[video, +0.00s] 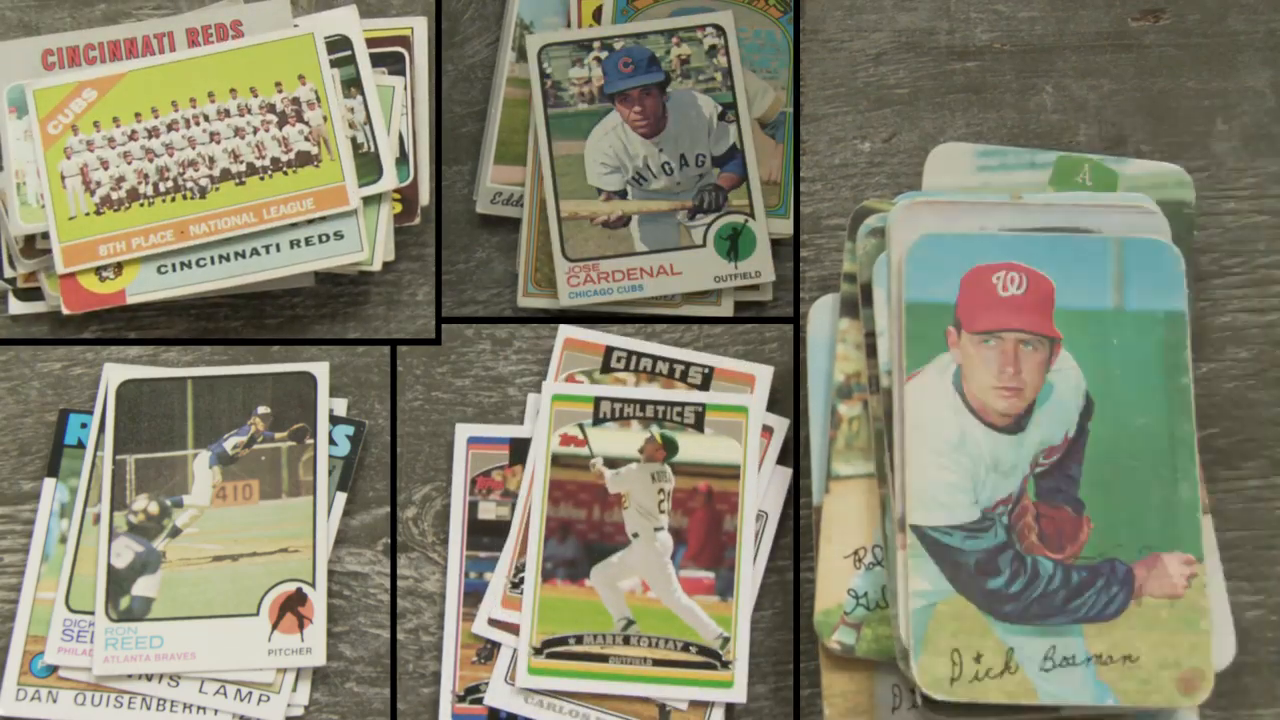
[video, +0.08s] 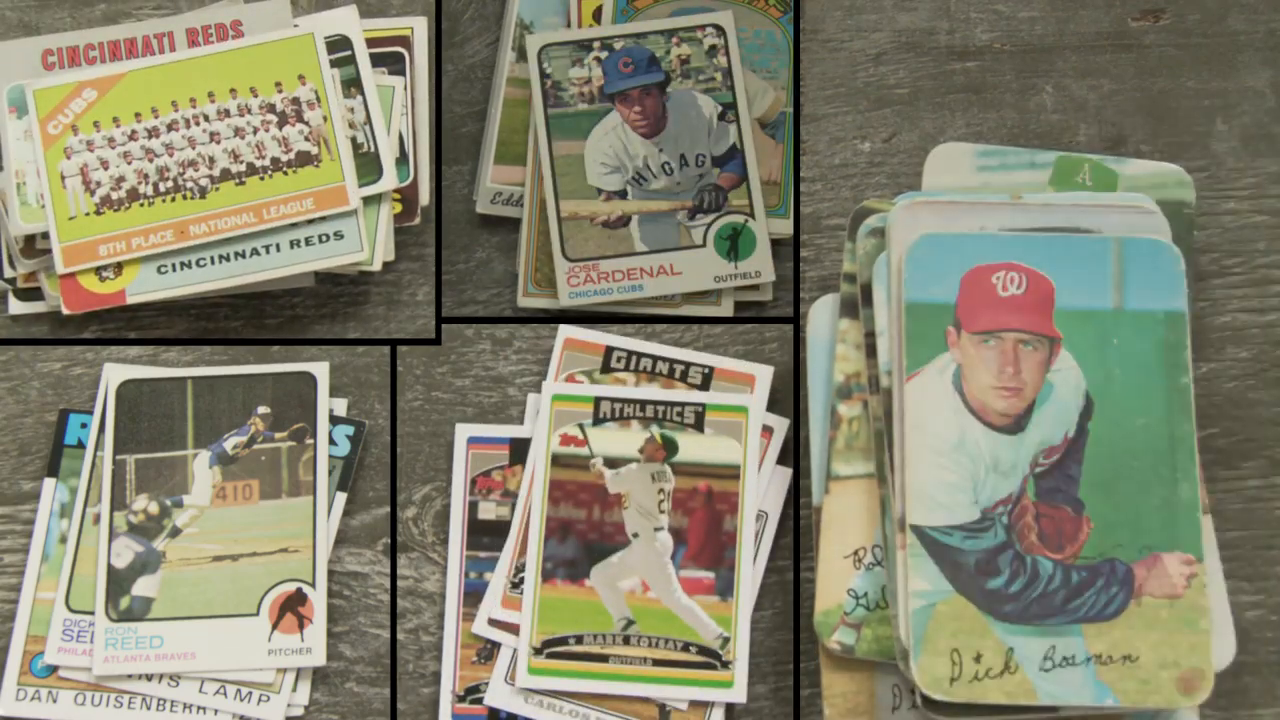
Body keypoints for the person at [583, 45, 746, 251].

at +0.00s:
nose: (638, 108)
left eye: (646, 94)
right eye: (625, 99)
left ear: (664, 93)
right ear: (613, 103)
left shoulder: (699, 108)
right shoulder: (603, 141)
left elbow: (737, 158)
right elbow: (613, 196)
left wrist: (719, 187)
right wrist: (613, 215)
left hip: (701, 195)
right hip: (648, 205)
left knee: (726, 267)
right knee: (658, 280)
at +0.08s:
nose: (638, 108)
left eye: (646, 94)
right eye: (625, 99)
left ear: (664, 93)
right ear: (613, 103)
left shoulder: (699, 108)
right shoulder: (603, 141)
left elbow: (737, 158)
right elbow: (613, 196)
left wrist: (719, 187)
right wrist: (613, 215)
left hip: (701, 195)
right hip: (648, 205)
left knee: (726, 267)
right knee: (658, 280)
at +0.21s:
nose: (638, 108)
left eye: (646, 94)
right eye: (625, 99)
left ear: (664, 93)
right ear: (613, 104)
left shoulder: (699, 109)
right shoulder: (603, 141)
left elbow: (736, 159)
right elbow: (613, 196)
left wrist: (719, 187)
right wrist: (613, 215)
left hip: (701, 196)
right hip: (649, 206)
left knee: (726, 267)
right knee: (658, 280)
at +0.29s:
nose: (638, 108)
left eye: (646, 94)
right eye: (625, 99)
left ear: (664, 93)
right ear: (613, 104)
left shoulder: (699, 109)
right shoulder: (603, 141)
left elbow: (736, 159)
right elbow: (613, 196)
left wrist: (719, 187)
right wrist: (613, 215)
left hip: (701, 196)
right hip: (649, 206)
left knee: (727, 267)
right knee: (658, 280)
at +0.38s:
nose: (638, 108)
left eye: (646, 94)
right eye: (625, 99)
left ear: (664, 93)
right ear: (614, 104)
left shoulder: (699, 109)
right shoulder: (603, 142)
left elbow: (736, 159)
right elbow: (613, 195)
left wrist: (719, 187)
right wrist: (613, 214)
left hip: (701, 195)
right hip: (649, 206)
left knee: (728, 266)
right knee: (659, 281)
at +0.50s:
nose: (638, 108)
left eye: (646, 94)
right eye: (625, 99)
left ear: (664, 93)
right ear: (614, 104)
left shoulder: (699, 109)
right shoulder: (603, 142)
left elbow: (736, 159)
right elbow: (613, 195)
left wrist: (719, 187)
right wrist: (613, 214)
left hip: (701, 195)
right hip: (649, 206)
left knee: (728, 266)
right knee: (659, 281)